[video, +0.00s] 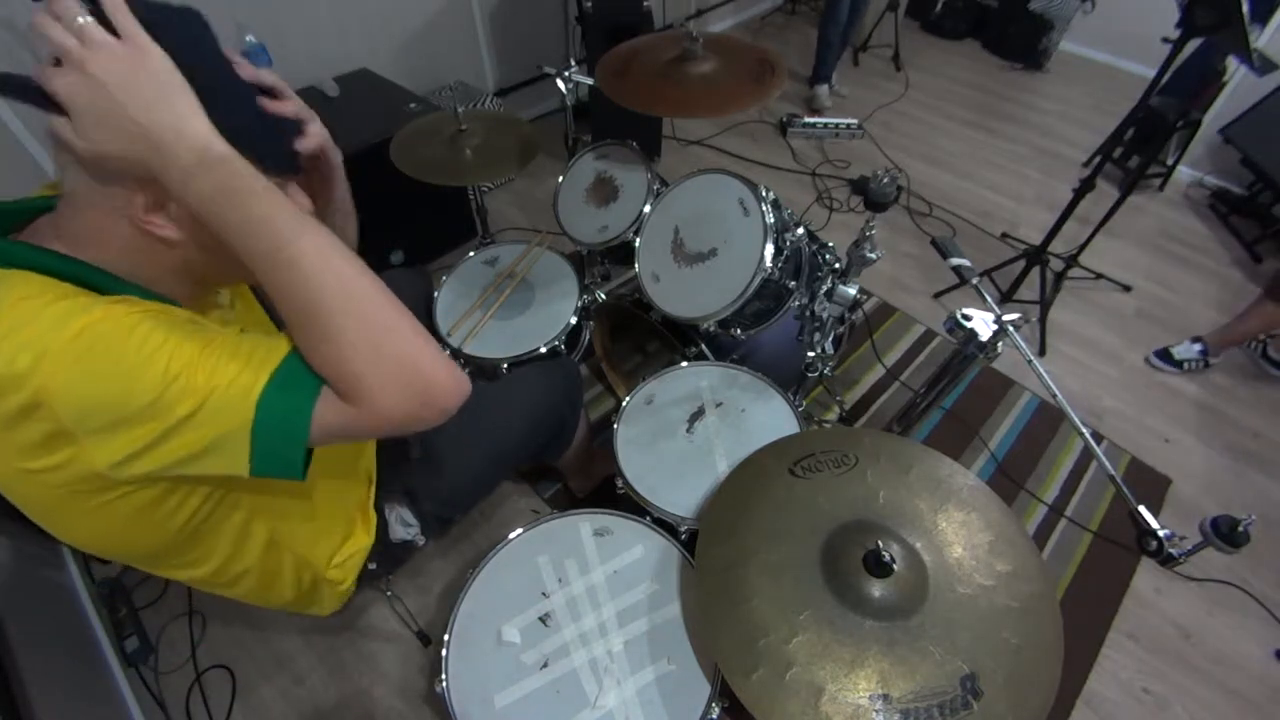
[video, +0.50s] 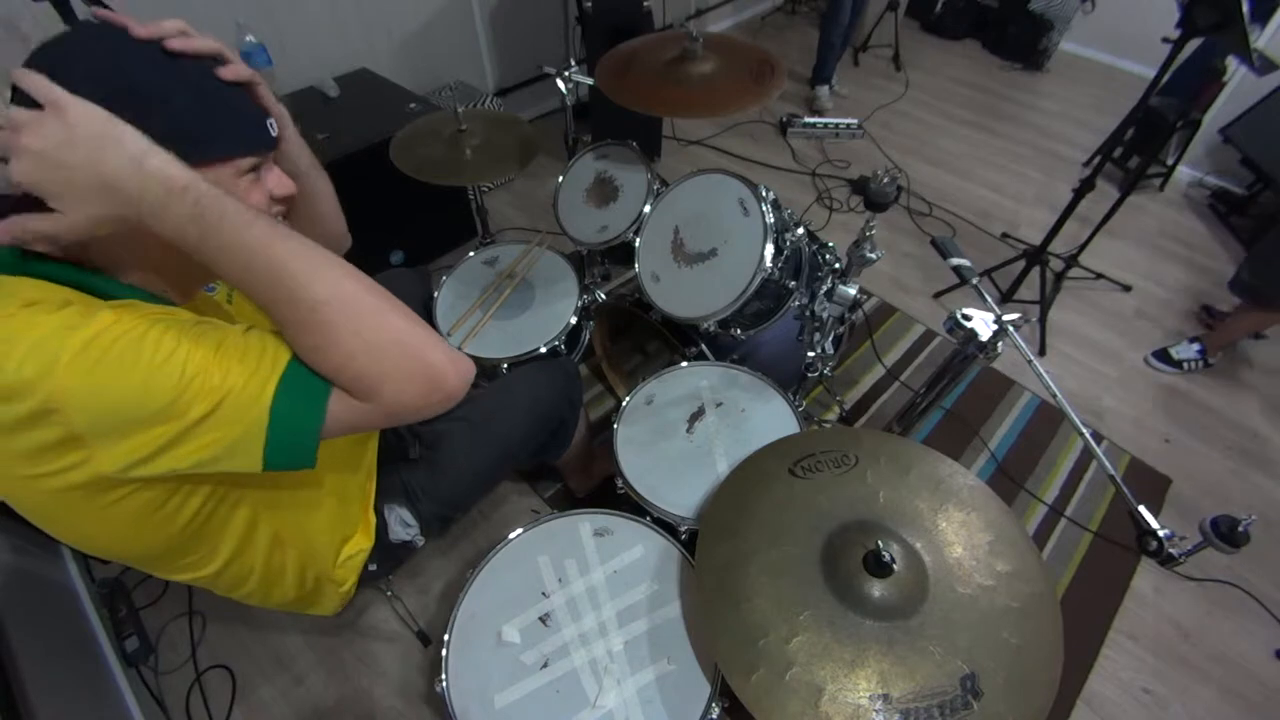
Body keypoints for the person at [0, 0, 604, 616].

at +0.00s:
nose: (292, 208)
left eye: (287, 187)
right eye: (272, 195)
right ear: (161, 217)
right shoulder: (78, 366)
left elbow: (318, 287)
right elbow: (425, 391)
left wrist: (327, 184)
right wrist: (190, 156)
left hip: (269, 364)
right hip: (341, 503)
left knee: (488, 277)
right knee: (553, 376)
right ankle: (575, 470)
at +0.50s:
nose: (283, 188)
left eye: (268, 160)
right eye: (245, 175)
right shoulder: (72, 368)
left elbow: (323, 246)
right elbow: (431, 379)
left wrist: (263, 108)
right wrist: (155, 191)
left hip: (265, 355)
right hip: (339, 503)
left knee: (486, 277)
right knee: (552, 378)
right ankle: (572, 470)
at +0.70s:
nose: (256, 204)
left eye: (243, 179)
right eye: (231, 185)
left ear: (140, 195)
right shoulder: (92, 383)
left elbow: (288, 257)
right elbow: (416, 422)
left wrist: (272, 134)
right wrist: (272, 156)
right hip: (348, 507)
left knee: (473, 273)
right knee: (552, 377)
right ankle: (577, 469)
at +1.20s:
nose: (182, 112)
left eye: (166, 92)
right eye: (162, 96)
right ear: (120, 135)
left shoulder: (19, 271)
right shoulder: (194, 325)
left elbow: (186, 362)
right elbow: (340, 441)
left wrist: (356, 333)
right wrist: (446, 351)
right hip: (333, 525)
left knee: (403, 282)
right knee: (564, 376)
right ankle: (583, 475)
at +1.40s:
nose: (178, 103)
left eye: (162, 81)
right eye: (157, 84)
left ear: (108, 120)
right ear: (112, 120)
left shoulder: (21, 263)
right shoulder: (187, 317)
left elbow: (191, 358)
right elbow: (354, 440)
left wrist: (361, 335)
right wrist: (445, 354)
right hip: (339, 518)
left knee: (401, 280)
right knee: (562, 362)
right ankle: (572, 474)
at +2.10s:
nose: (176, 100)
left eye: (162, 74)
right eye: (161, 76)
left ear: (69, 112)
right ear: (113, 108)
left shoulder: (18, 262)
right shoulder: (139, 283)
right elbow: (437, 407)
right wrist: (683, 221)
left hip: (231, 518)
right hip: (342, 530)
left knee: (400, 284)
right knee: (547, 356)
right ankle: (586, 477)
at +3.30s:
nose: (175, 179)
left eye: (176, 151)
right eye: (165, 151)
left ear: (73, 150)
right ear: (82, 151)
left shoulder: (42, 239)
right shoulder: (27, 283)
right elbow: (194, 326)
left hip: (286, 392)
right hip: (345, 508)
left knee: (406, 283)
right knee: (558, 365)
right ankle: (566, 475)